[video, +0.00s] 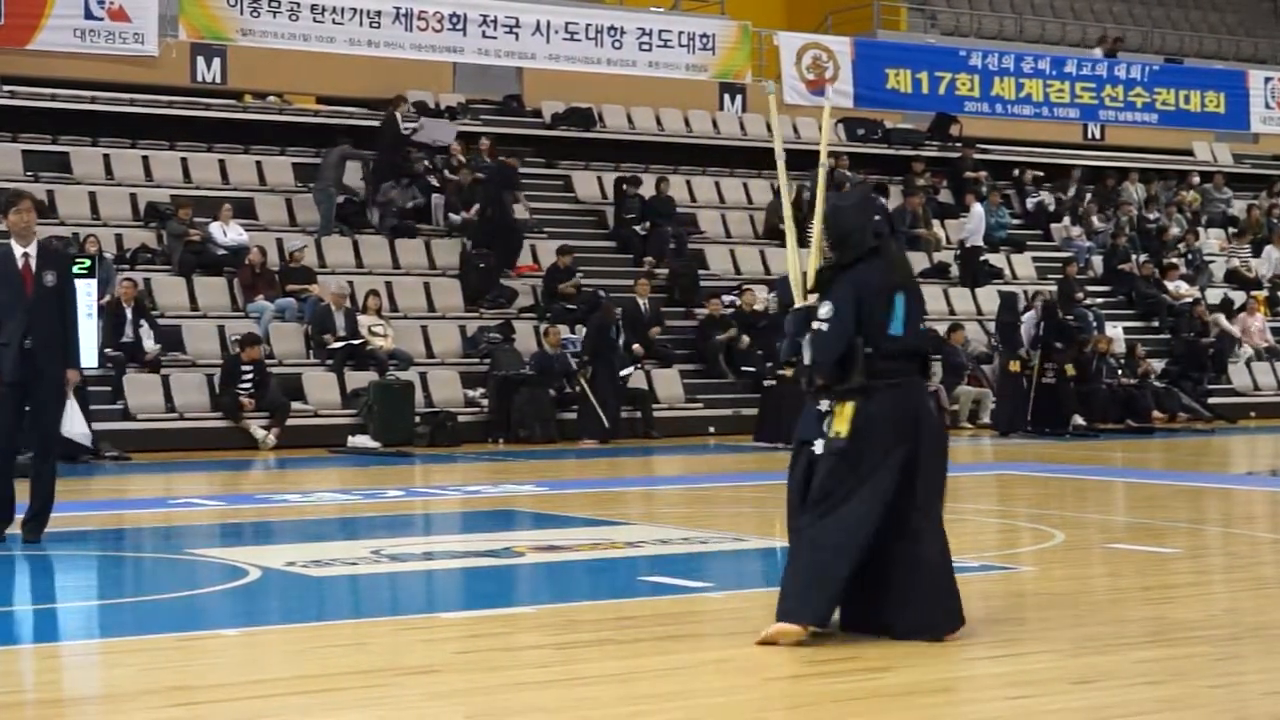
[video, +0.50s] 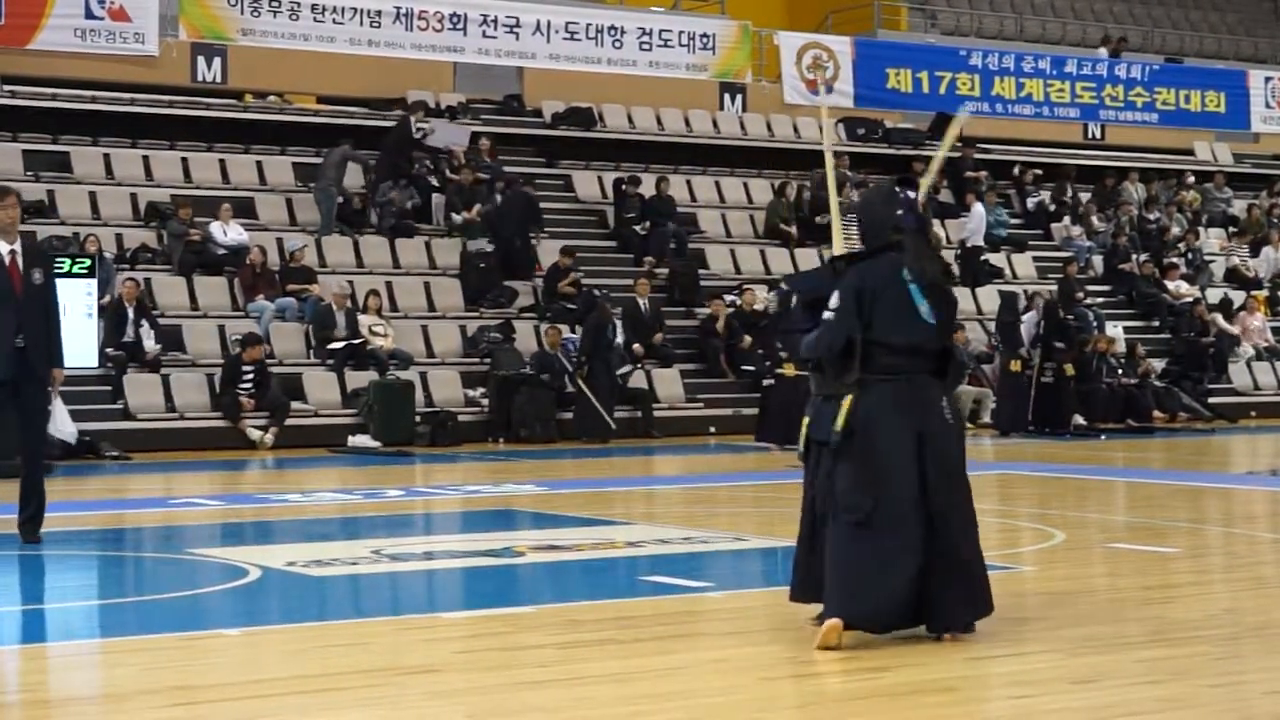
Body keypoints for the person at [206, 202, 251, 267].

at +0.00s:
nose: (229, 213)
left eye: (230, 210)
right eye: (226, 210)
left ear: (232, 212)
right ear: (220, 212)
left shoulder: (235, 226)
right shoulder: (214, 225)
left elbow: (246, 240)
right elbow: (221, 242)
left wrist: (229, 239)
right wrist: (241, 244)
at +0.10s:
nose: (230, 213)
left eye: (231, 211)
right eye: (227, 211)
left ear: (233, 212)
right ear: (220, 212)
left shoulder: (236, 226)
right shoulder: (214, 225)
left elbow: (246, 240)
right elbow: (221, 241)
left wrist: (229, 239)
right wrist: (242, 244)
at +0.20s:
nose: (230, 213)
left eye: (231, 211)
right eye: (227, 211)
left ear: (233, 212)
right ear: (220, 212)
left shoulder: (236, 226)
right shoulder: (214, 226)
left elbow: (246, 241)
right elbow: (221, 242)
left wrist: (229, 239)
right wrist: (242, 244)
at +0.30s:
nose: (229, 213)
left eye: (230, 210)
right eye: (226, 210)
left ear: (232, 212)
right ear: (219, 213)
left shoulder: (236, 226)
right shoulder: (214, 225)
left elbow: (246, 240)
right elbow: (221, 241)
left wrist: (229, 239)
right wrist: (241, 244)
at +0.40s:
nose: (229, 213)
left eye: (230, 210)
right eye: (226, 210)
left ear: (232, 212)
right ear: (219, 213)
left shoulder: (236, 226)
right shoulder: (214, 225)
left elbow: (246, 240)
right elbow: (221, 241)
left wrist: (229, 238)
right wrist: (241, 244)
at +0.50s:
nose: (229, 213)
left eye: (230, 210)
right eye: (226, 210)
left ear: (232, 212)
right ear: (219, 213)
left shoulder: (236, 226)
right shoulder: (214, 225)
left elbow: (246, 240)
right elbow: (221, 241)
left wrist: (229, 239)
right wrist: (241, 244)